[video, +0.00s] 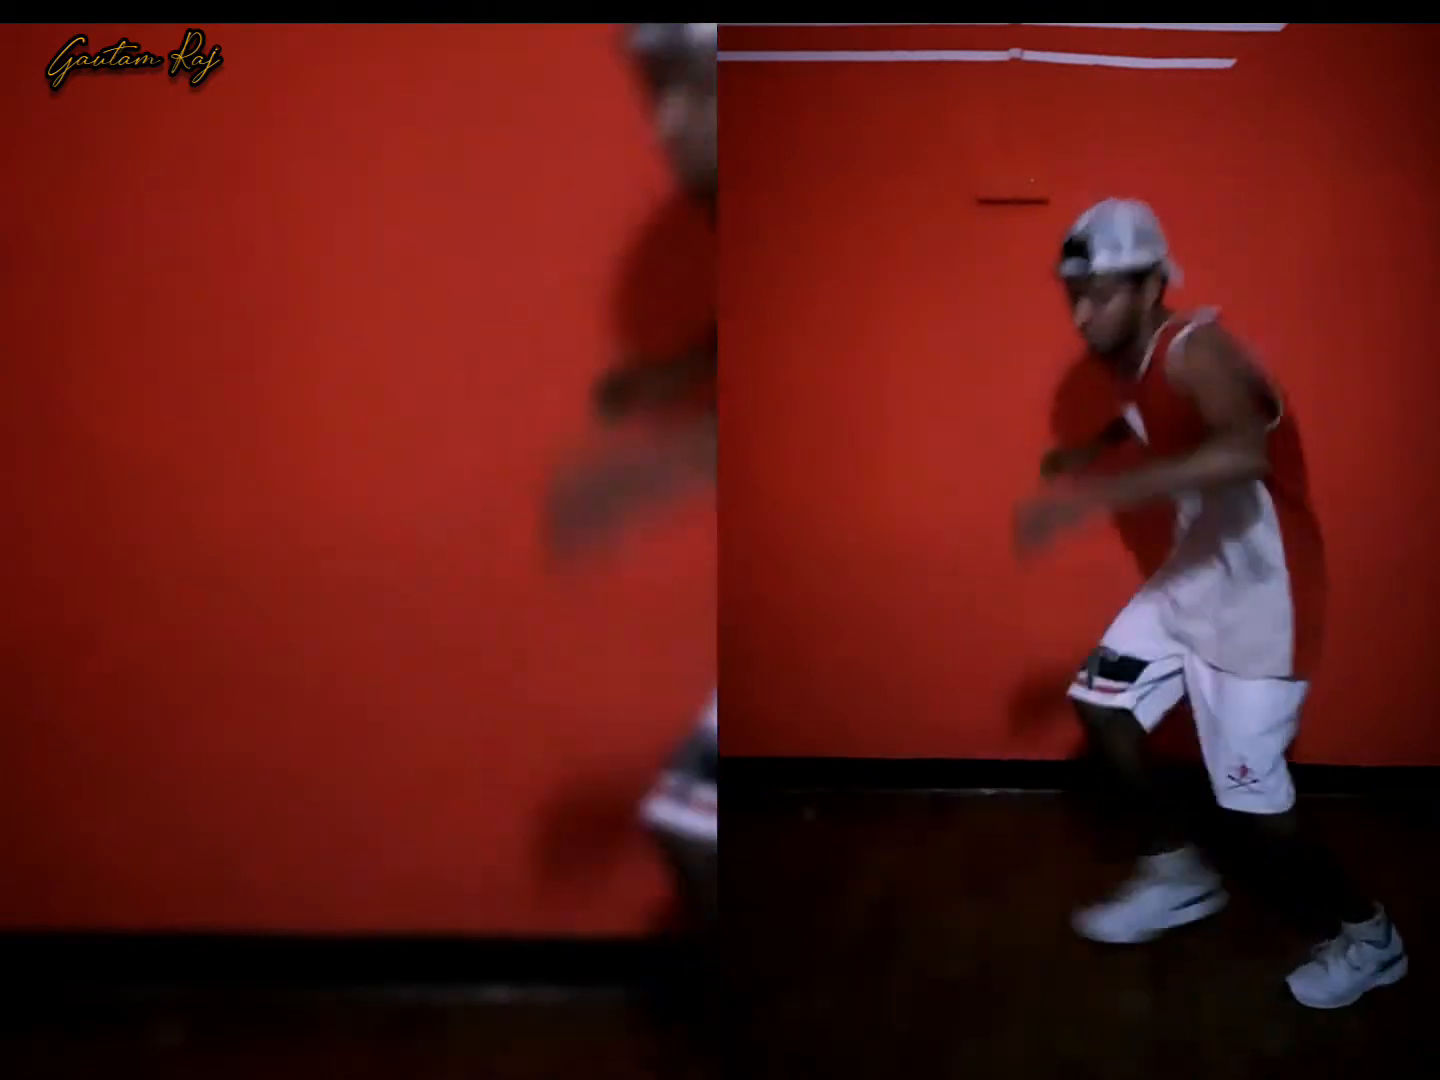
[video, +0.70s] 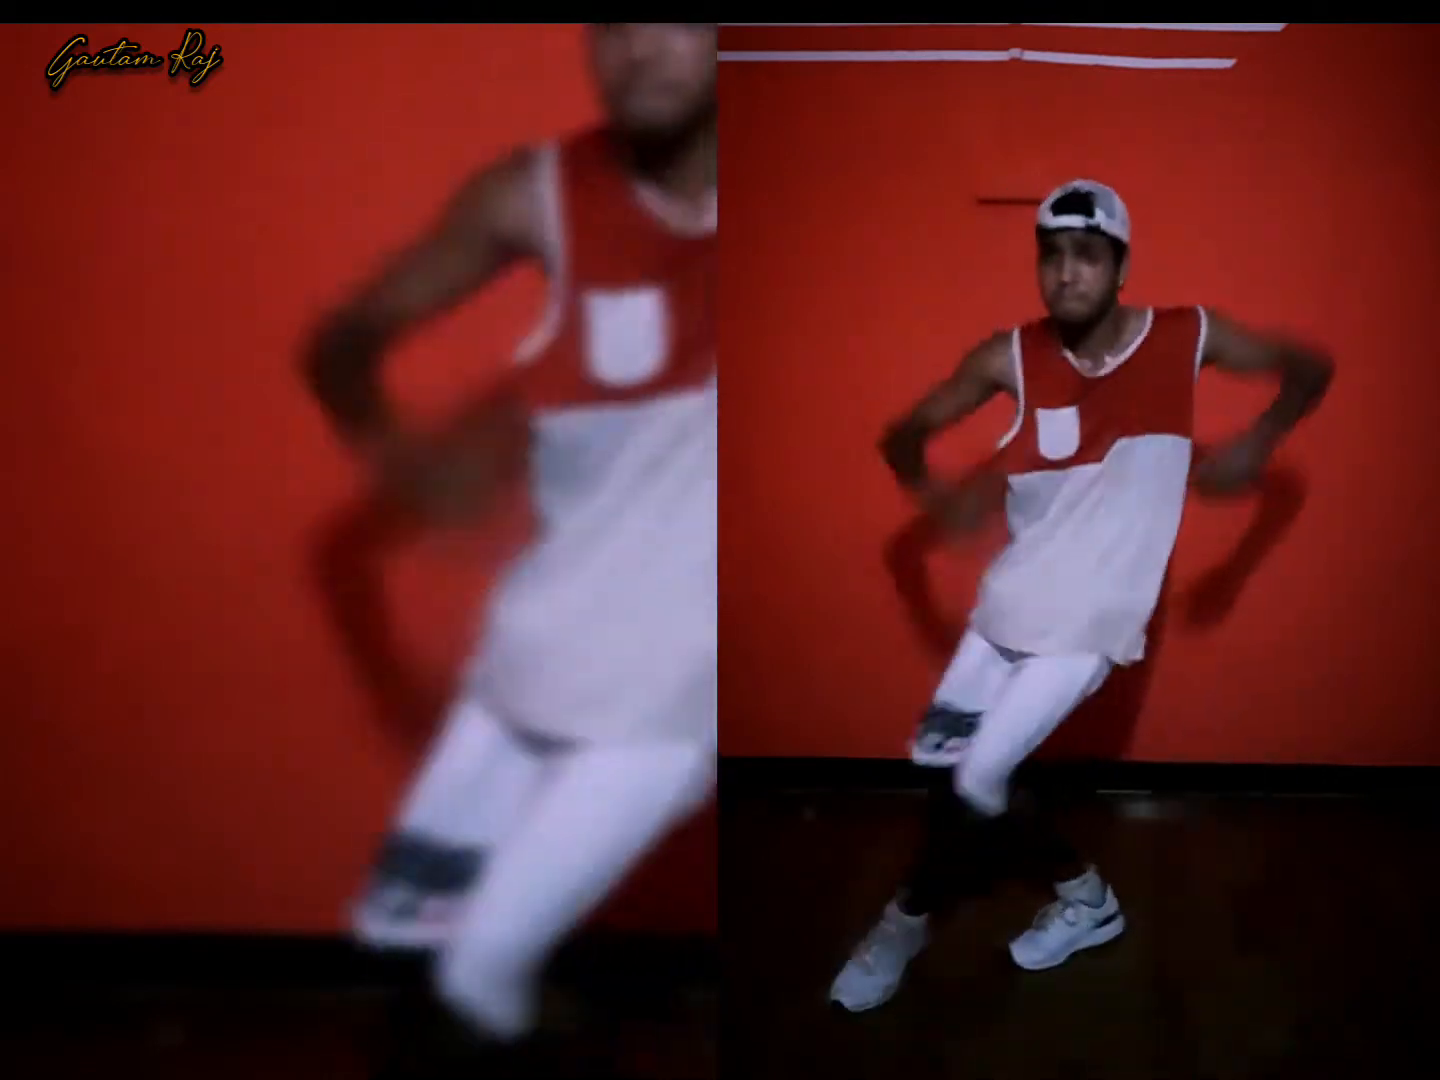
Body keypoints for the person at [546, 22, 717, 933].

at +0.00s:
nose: (675, 115)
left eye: (694, 81)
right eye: (660, 83)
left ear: (746, 83)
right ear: (644, 93)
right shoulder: (700, 231)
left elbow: (767, 378)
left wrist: (663, 463)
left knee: (697, 811)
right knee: (690, 813)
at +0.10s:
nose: (646, 187)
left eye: (674, 150)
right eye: (631, 154)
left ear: (736, 148)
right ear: (612, 153)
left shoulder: (761, 305)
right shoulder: (663, 316)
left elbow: (762, 532)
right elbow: (629, 504)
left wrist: (676, 673)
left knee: (702, 817)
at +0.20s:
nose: (601, 263)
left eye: (622, 225)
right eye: (592, 228)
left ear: (706, 205)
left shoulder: (747, 341)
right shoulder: (717, 337)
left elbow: (739, 523)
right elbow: (719, 514)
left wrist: (666, 626)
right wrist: (658, 621)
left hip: (791, 677)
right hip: (753, 670)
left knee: (688, 862)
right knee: (684, 861)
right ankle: (711, 1077)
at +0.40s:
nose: (550, 125)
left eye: (577, 87)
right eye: (537, 92)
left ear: (671, 70)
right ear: (527, 94)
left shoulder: (786, 213)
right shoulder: (597, 247)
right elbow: (625, 467)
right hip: (708, 562)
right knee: (624, 878)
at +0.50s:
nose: (590, 45)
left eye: (618, 22)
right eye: (578, 26)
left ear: (693, 27)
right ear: (566, 42)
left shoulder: (777, 163)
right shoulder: (568, 175)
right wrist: (481, 305)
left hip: (738, 618)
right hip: (619, 599)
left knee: (601, 906)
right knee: (556, 900)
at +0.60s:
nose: (632, 51)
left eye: (662, 26)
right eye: (617, 30)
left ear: (725, 39)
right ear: (599, 47)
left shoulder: (791, 196)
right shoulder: (563, 193)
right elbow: (308, 304)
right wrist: (412, 260)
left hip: (697, 647)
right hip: (549, 623)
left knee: (478, 964)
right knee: (467, 961)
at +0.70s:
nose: (639, 51)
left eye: (669, 28)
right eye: (617, 30)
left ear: (724, 46)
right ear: (591, 50)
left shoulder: (777, 209)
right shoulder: (539, 192)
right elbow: (341, 348)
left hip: (684, 685)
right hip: (537, 665)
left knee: (481, 971)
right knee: (396, 937)